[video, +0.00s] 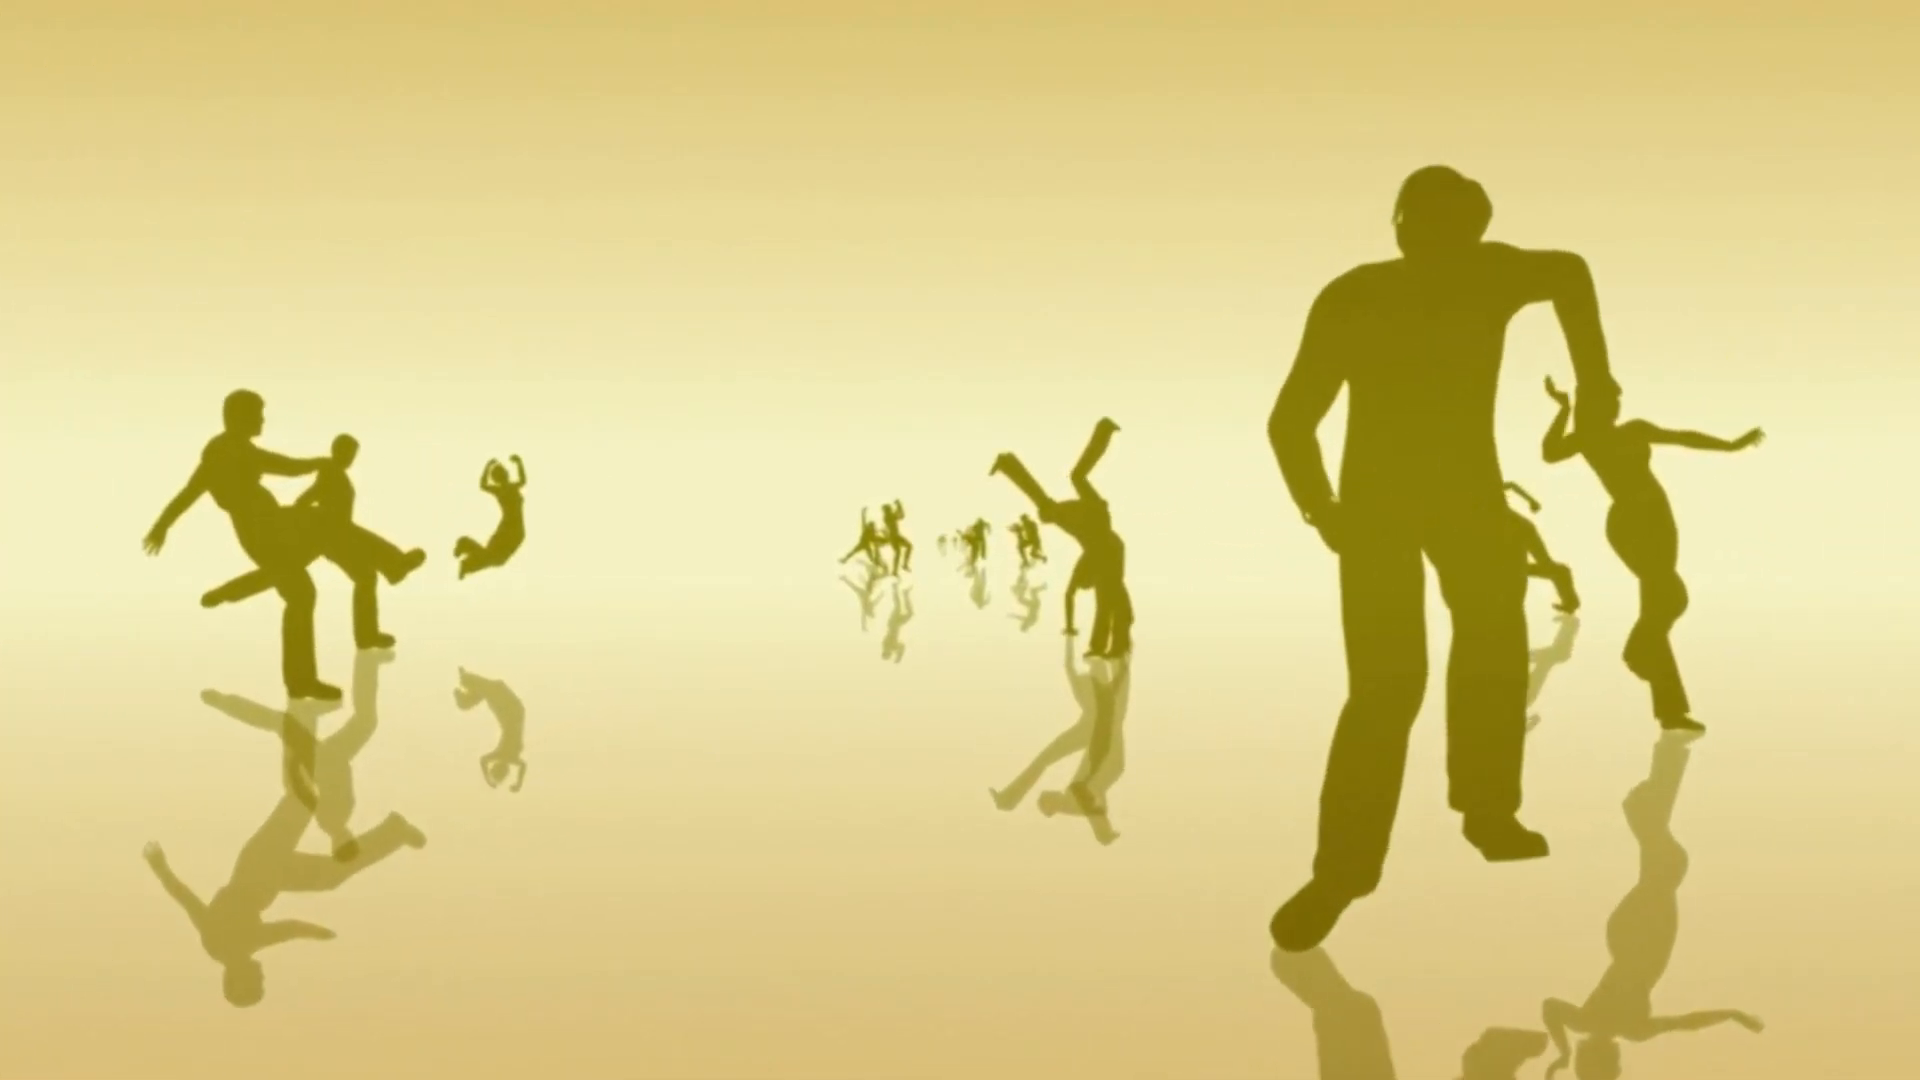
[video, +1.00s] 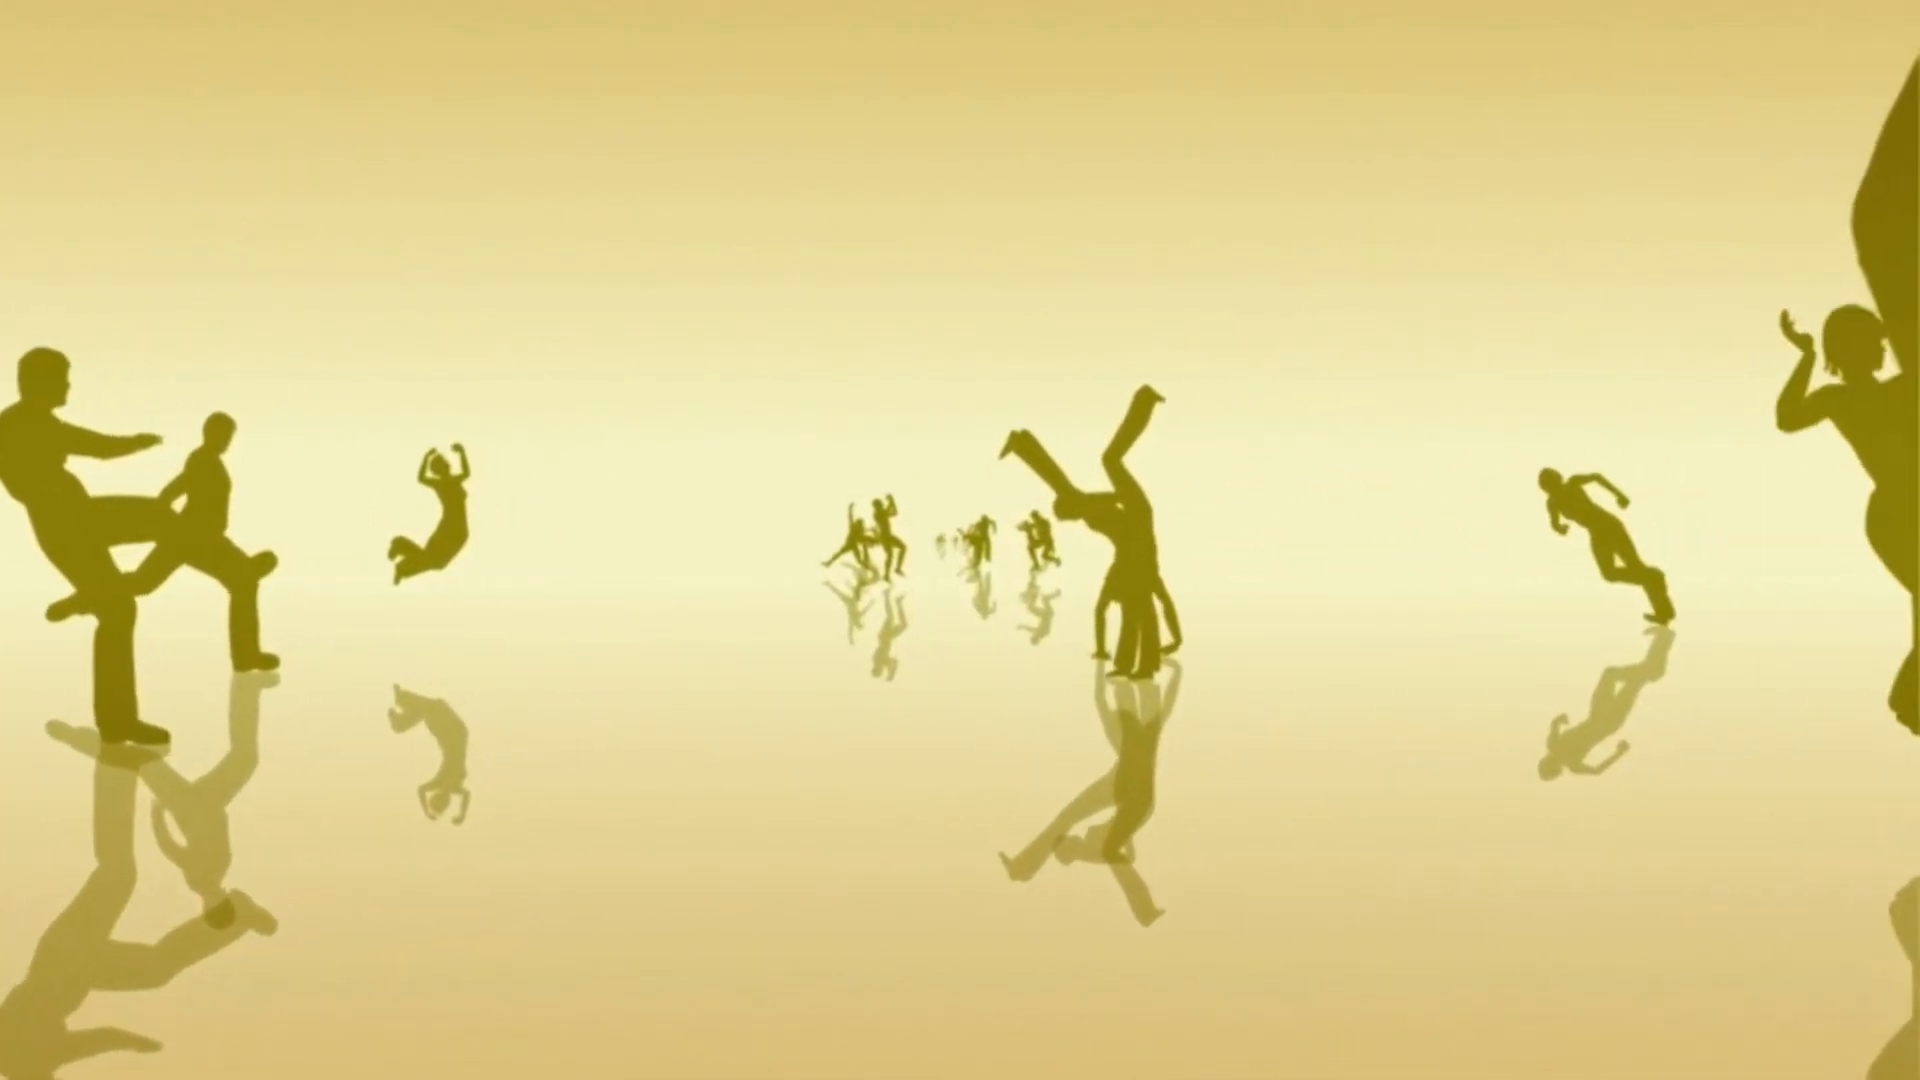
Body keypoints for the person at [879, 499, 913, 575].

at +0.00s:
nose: (891, 510)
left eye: (889, 509)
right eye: (889, 509)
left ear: (886, 510)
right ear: (888, 510)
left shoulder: (890, 516)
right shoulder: (890, 517)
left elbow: (900, 515)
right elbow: (900, 515)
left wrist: (898, 506)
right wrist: (899, 505)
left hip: (895, 535)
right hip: (894, 536)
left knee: (909, 546)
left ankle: (905, 564)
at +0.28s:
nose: (887, 509)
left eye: (886, 507)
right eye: (885, 507)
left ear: (885, 508)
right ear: (884, 508)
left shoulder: (887, 515)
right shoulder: (886, 516)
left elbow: (898, 515)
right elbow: (898, 515)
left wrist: (896, 505)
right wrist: (896, 505)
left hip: (893, 535)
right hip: (891, 536)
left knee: (907, 546)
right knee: (895, 552)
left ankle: (903, 565)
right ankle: (892, 572)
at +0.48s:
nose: (885, 508)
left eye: (884, 507)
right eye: (884, 507)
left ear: (882, 507)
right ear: (883, 507)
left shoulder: (885, 514)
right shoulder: (885, 515)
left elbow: (896, 514)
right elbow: (897, 514)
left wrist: (895, 504)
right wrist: (895, 503)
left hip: (890, 535)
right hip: (890, 536)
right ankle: (902, 566)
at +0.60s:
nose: (884, 508)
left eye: (883, 506)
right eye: (883, 506)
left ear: (881, 507)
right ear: (883, 507)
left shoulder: (883, 514)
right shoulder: (884, 515)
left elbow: (895, 514)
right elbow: (897, 514)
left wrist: (894, 503)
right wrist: (895, 503)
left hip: (889, 536)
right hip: (889, 536)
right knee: (905, 546)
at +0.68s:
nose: (883, 507)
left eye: (882, 506)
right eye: (882, 506)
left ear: (879, 507)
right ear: (881, 506)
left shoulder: (883, 513)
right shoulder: (883, 514)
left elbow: (893, 512)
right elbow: (896, 513)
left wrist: (893, 503)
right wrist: (894, 502)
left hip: (889, 535)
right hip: (888, 536)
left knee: (904, 546)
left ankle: (901, 567)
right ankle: (889, 573)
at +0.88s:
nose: (882, 506)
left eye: (880, 504)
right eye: (880, 504)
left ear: (877, 506)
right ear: (879, 505)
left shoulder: (880, 513)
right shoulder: (881, 514)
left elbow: (892, 512)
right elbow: (894, 513)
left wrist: (891, 502)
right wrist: (892, 501)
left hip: (886, 535)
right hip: (886, 536)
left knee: (903, 547)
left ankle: (899, 568)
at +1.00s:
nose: (881, 506)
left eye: (880, 504)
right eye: (879, 504)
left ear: (877, 505)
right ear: (878, 505)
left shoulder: (880, 513)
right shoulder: (880, 514)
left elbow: (891, 512)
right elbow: (893, 512)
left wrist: (891, 502)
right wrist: (891, 501)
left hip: (885, 535)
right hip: (886, 535)